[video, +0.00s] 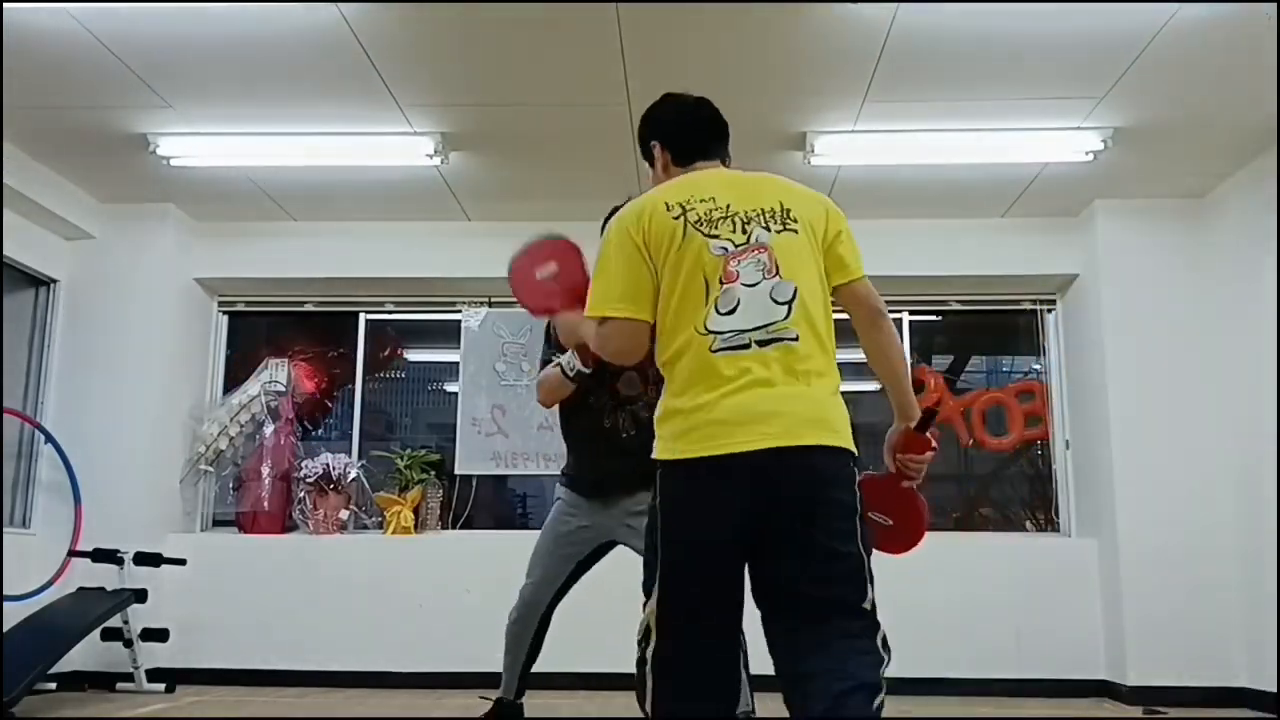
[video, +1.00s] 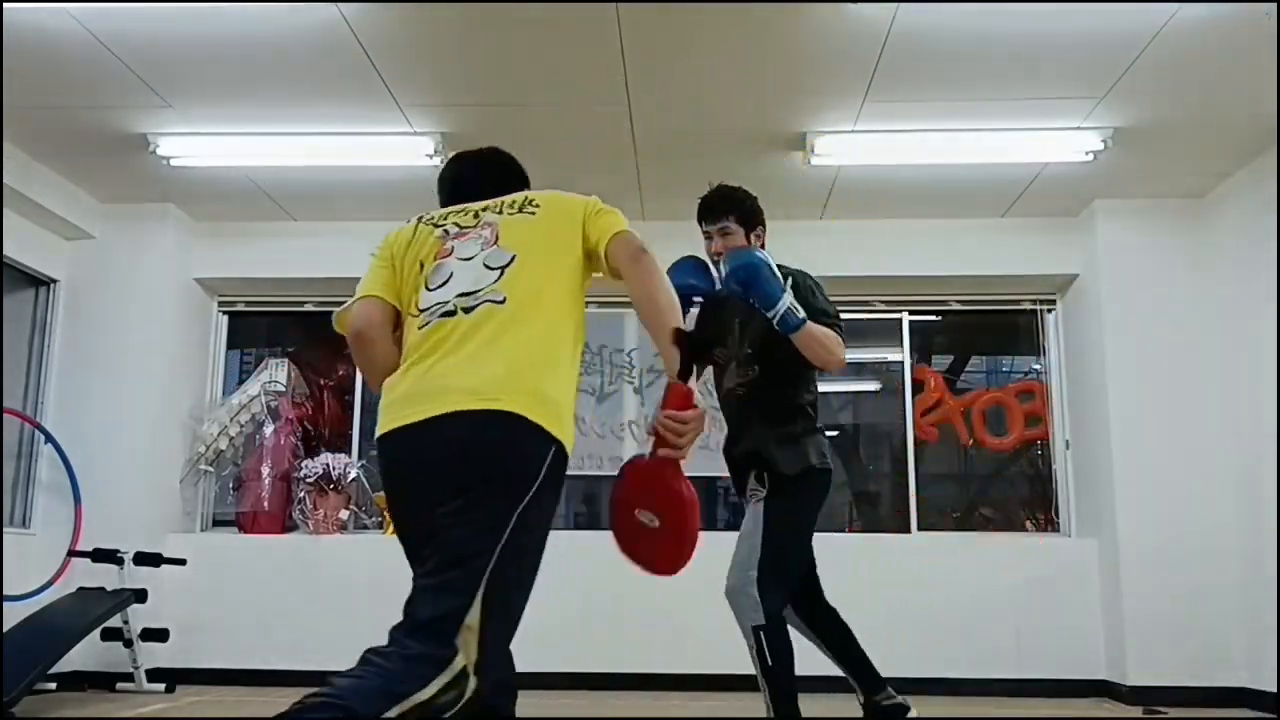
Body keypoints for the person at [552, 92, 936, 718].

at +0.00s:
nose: (650, 176)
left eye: (646, 163)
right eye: (647, 165)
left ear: (659, 157)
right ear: (727, 153)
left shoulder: (641, 218)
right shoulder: (810, 204)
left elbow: (624, 345)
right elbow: (869, 310)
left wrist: (582, 327)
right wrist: (907, 416)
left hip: (704, 464)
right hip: (816, 458)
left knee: (694, 649)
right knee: (833, 637)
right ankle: (847, 710)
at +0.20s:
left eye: (685, 133)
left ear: (695, 132)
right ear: (778, 136)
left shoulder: (656, 181)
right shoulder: (832, 184)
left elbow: (596, 306)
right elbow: (887, 302)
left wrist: (580, 253)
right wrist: (929, 424)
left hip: (676, 447)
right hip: (798, 445)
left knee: (670, 642)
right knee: (794, 643)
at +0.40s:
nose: (768, 114)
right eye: (770, 105)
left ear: (678, 105)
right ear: (763, 105)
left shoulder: (629, 155)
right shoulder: (805, 148)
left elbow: (549, 276)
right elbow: (851, 237)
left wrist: (555, 206)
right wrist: (911, 364)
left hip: (640, 425)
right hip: (762, 425)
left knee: (617, 610)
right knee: (774, 625)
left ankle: (571, 710)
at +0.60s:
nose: (723, 133)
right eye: (722, 126)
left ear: (632, 127)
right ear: (711, 125)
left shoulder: (574, 189)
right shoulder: (723, 158)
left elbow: (543, 308)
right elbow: (754, 226)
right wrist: (814, 339)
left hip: (563, 433)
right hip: (680, 427)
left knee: (541, 620)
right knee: (737, 626)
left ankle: (504, 710)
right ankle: (770, 708)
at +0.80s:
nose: (637, 146)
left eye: (636, 141)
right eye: (636, 139)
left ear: (550, 144)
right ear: (624, 136)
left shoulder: (498, 203)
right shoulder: (631, 162)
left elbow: (501, 317)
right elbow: (651, 231)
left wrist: (621, 342)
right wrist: (709, 351)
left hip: (473, 419)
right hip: (572, 412)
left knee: (501, 628)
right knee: (633, 624)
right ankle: (583, 707)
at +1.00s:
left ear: (445, 202)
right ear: (525, 188)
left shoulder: (407, 235)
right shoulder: (570, 207)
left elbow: (365, 322)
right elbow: (634, 256)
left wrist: (409, 403)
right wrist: (681, 377)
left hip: (407, 433)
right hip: (515, 423)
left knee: (474, 643)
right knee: (438, 645)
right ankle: (319, 711)